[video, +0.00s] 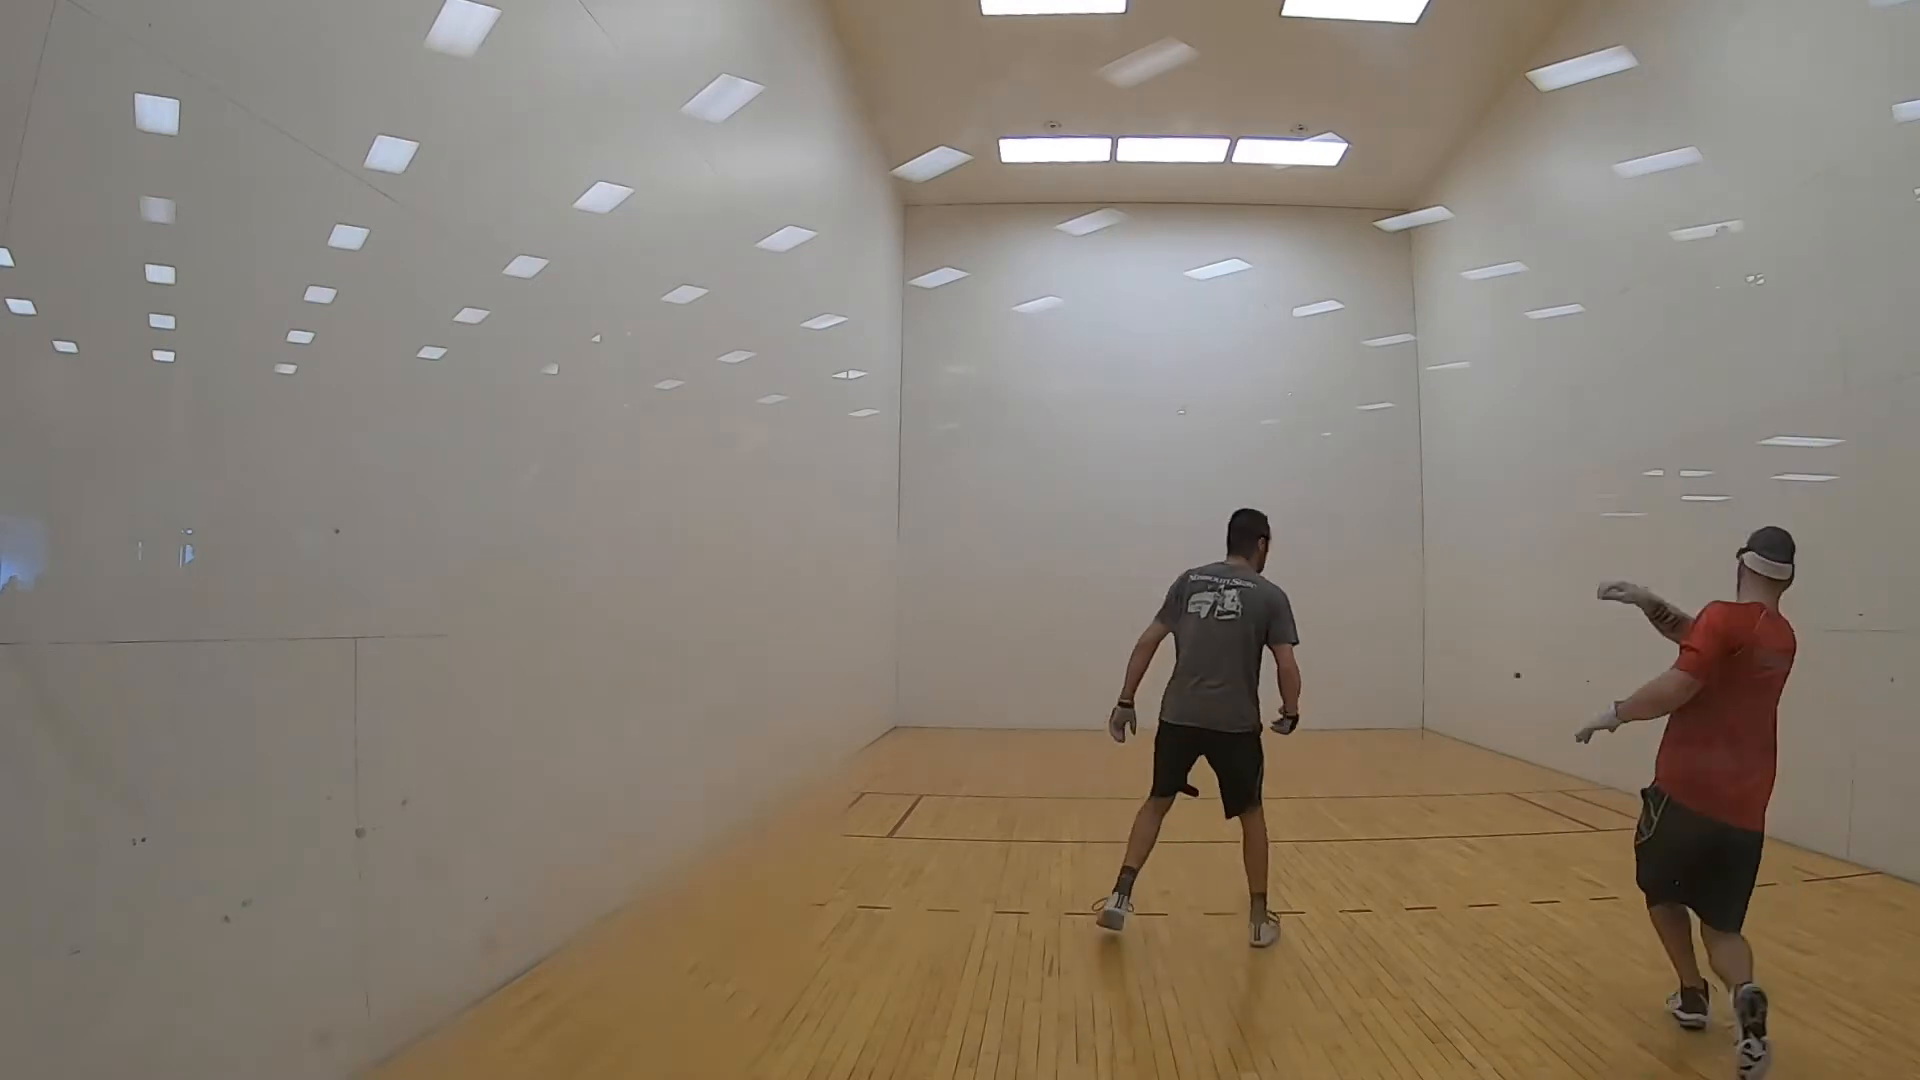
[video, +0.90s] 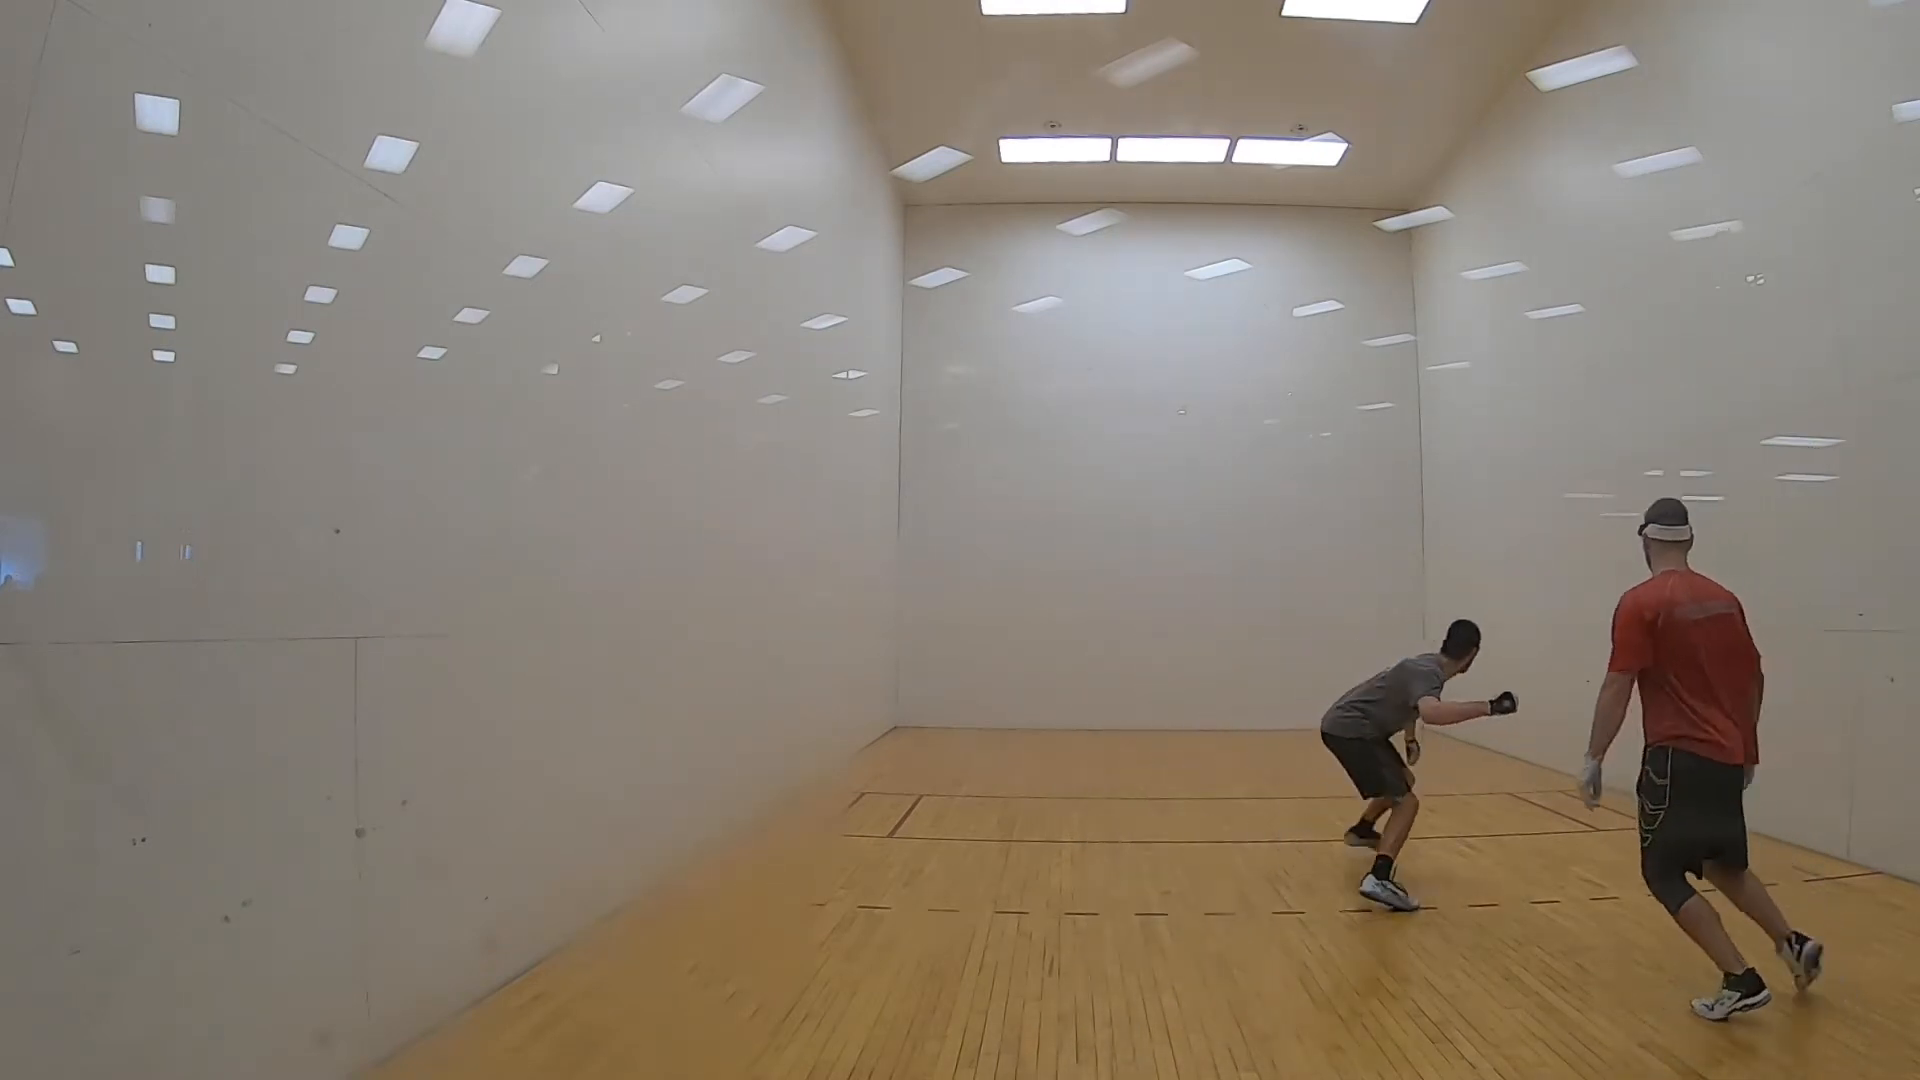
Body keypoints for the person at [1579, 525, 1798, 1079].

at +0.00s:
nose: (1740, 571)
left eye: (1741, 563)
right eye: (1755, 566)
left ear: (1739, 565)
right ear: (1788, 579)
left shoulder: (1721, 618)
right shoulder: (1784, 638)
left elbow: (1680, 685)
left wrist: (1616, 713)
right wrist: (1648, 602)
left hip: (1686, 792)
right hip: (1747, 806)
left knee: (1661, 887)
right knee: (1723, 919)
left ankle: (1693, 992)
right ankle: (1746, 993)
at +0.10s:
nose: (1718, 553)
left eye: (1720, 545)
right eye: (1726, 547)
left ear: (1723, 547)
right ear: (1770, 556)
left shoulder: (1719, 601)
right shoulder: (1772, 609)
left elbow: (1699, 676)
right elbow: (1691, 615)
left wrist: (1630, 720)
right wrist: (1667, 595)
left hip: (1701, 779)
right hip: (1758, 787)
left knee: (1664, 878)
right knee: (1740, 896)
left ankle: (1701, 992)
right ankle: (1797, 981)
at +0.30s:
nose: (1716, 534)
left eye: (1716, 526)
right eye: (1723, 527)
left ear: (1719, 529)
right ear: (1766, 534)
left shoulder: (1724, 585)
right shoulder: (1779, 592)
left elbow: (1723, 660)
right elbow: (1737, 674)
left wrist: (1687, 740)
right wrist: (1673, 650)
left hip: (1732, 759)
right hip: (1781, 761)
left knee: (1681, 859)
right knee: (1772, 867)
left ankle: (1711, 989)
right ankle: (1831, 979)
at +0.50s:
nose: (1715, 531)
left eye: (1716, 523)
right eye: (1722, 522)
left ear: (1720, 523)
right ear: (1765, 527)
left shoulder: (1726, 578)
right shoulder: (1790, 586)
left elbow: (1739, 656)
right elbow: (1784, 677)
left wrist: (1730, 740)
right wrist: (1717, 715)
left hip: (1737, 754)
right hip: (1788, 755)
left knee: (1682, 853)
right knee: (1788, 863)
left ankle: (1713, 980)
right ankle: (1837, 979)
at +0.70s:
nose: (1698, 530)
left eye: (1697, 522)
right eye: (1707, 522)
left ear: (1699, 523)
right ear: (1744, 524)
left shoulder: (1699, 581)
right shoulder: (1773, 580)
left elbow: (1703, 657)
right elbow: (1789, 662)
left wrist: (1688, 739)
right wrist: (1787, 738)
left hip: (1723, 749)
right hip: (1780, 751)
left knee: (1666, 850)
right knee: (1797, 863)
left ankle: (1718, 966)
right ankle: (1837, 982)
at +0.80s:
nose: (1679, 539)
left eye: (1676, 531)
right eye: (1695, 531)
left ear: (1675, 532)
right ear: (1722, 532)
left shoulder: (1674, 592)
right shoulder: (1752, 589)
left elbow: (1666, 669)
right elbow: (1774, 667)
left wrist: (1643, 750)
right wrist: (1761, 739)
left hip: (1701, 756)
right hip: (1761, 757)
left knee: (1665, 863)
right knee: (1775, 862)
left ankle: (1737, 971)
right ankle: (1831, 978)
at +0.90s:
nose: (1646, 549)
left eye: (1644, 541)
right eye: (1656, 541)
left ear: (1645, 541)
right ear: (1690, 541)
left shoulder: (1640, 602)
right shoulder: (1724, 598)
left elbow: (1618, 685)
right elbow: (1753, 678)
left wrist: (1594, 758)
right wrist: (1746, 745)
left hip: (1674, 758)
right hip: (1727, 758)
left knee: (1663, 875)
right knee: (1724, 865)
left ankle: (1740, 978)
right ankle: (1791, 942)